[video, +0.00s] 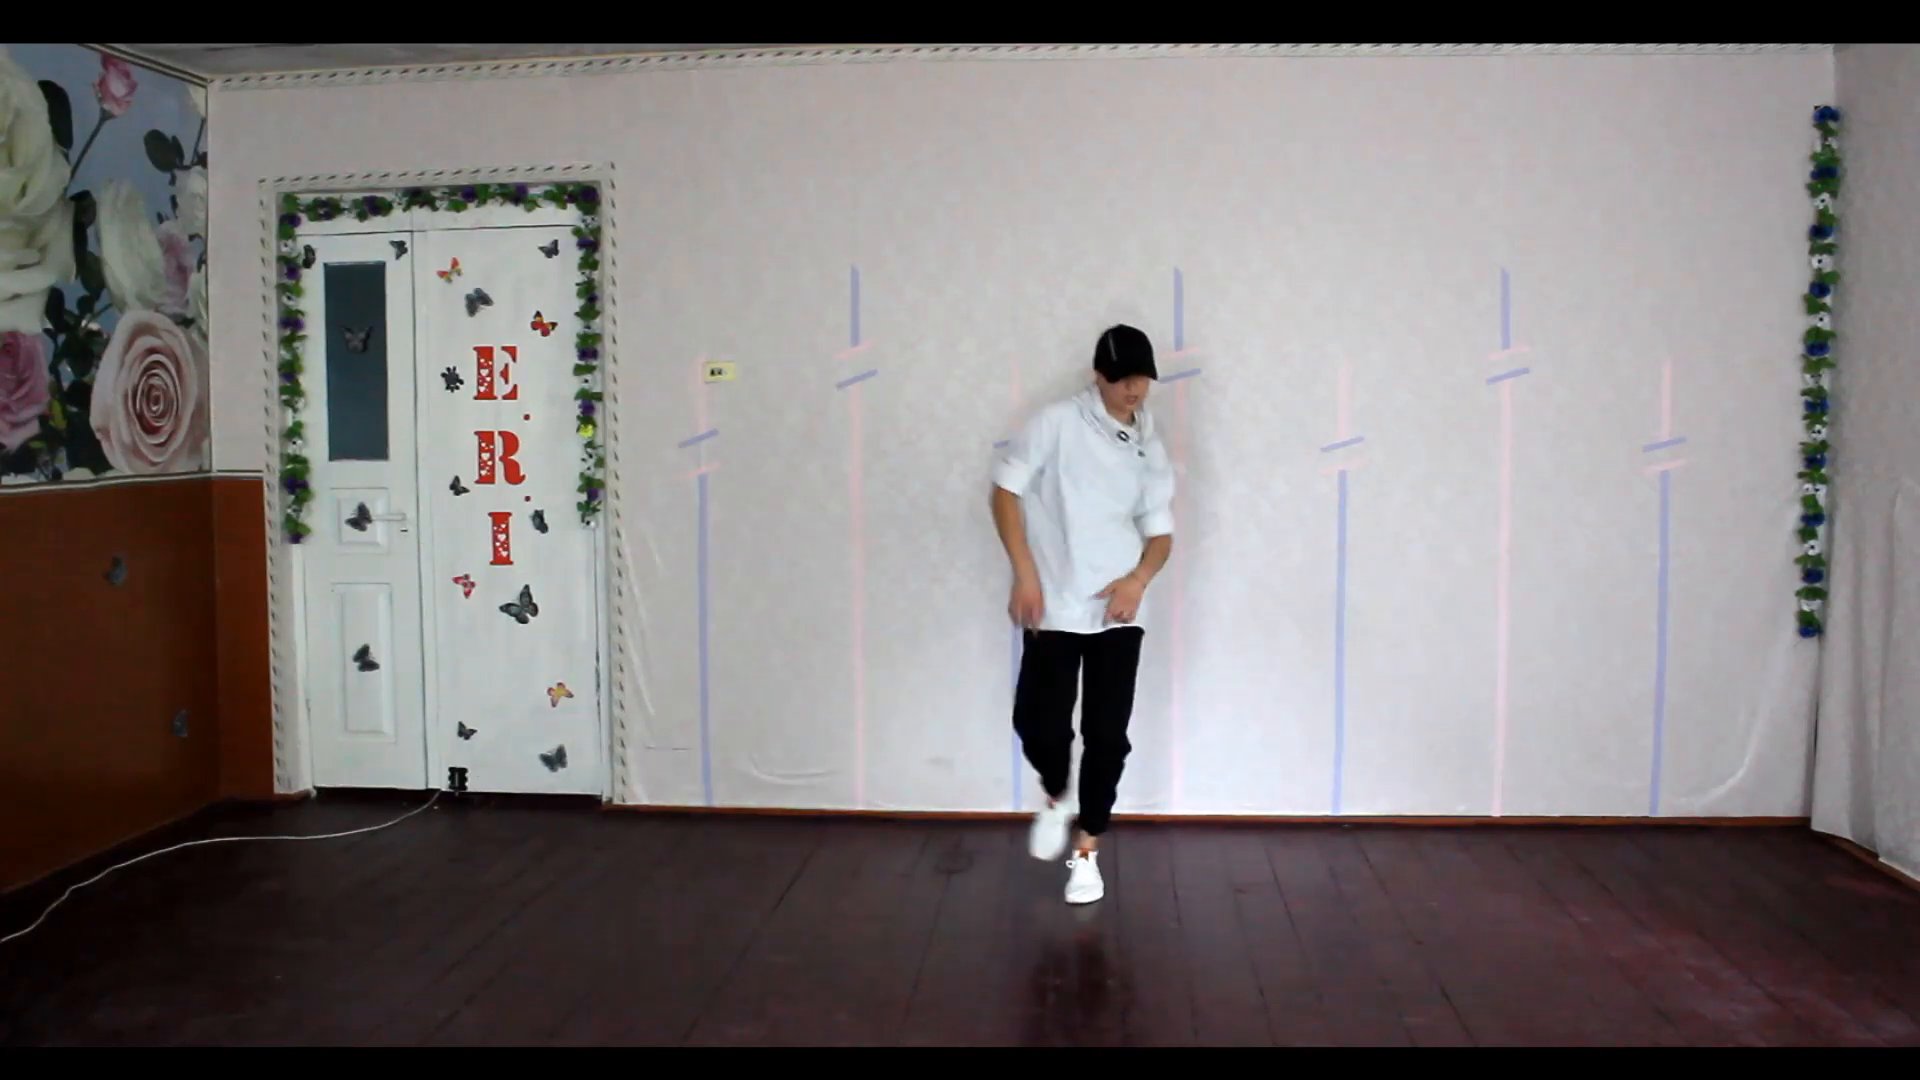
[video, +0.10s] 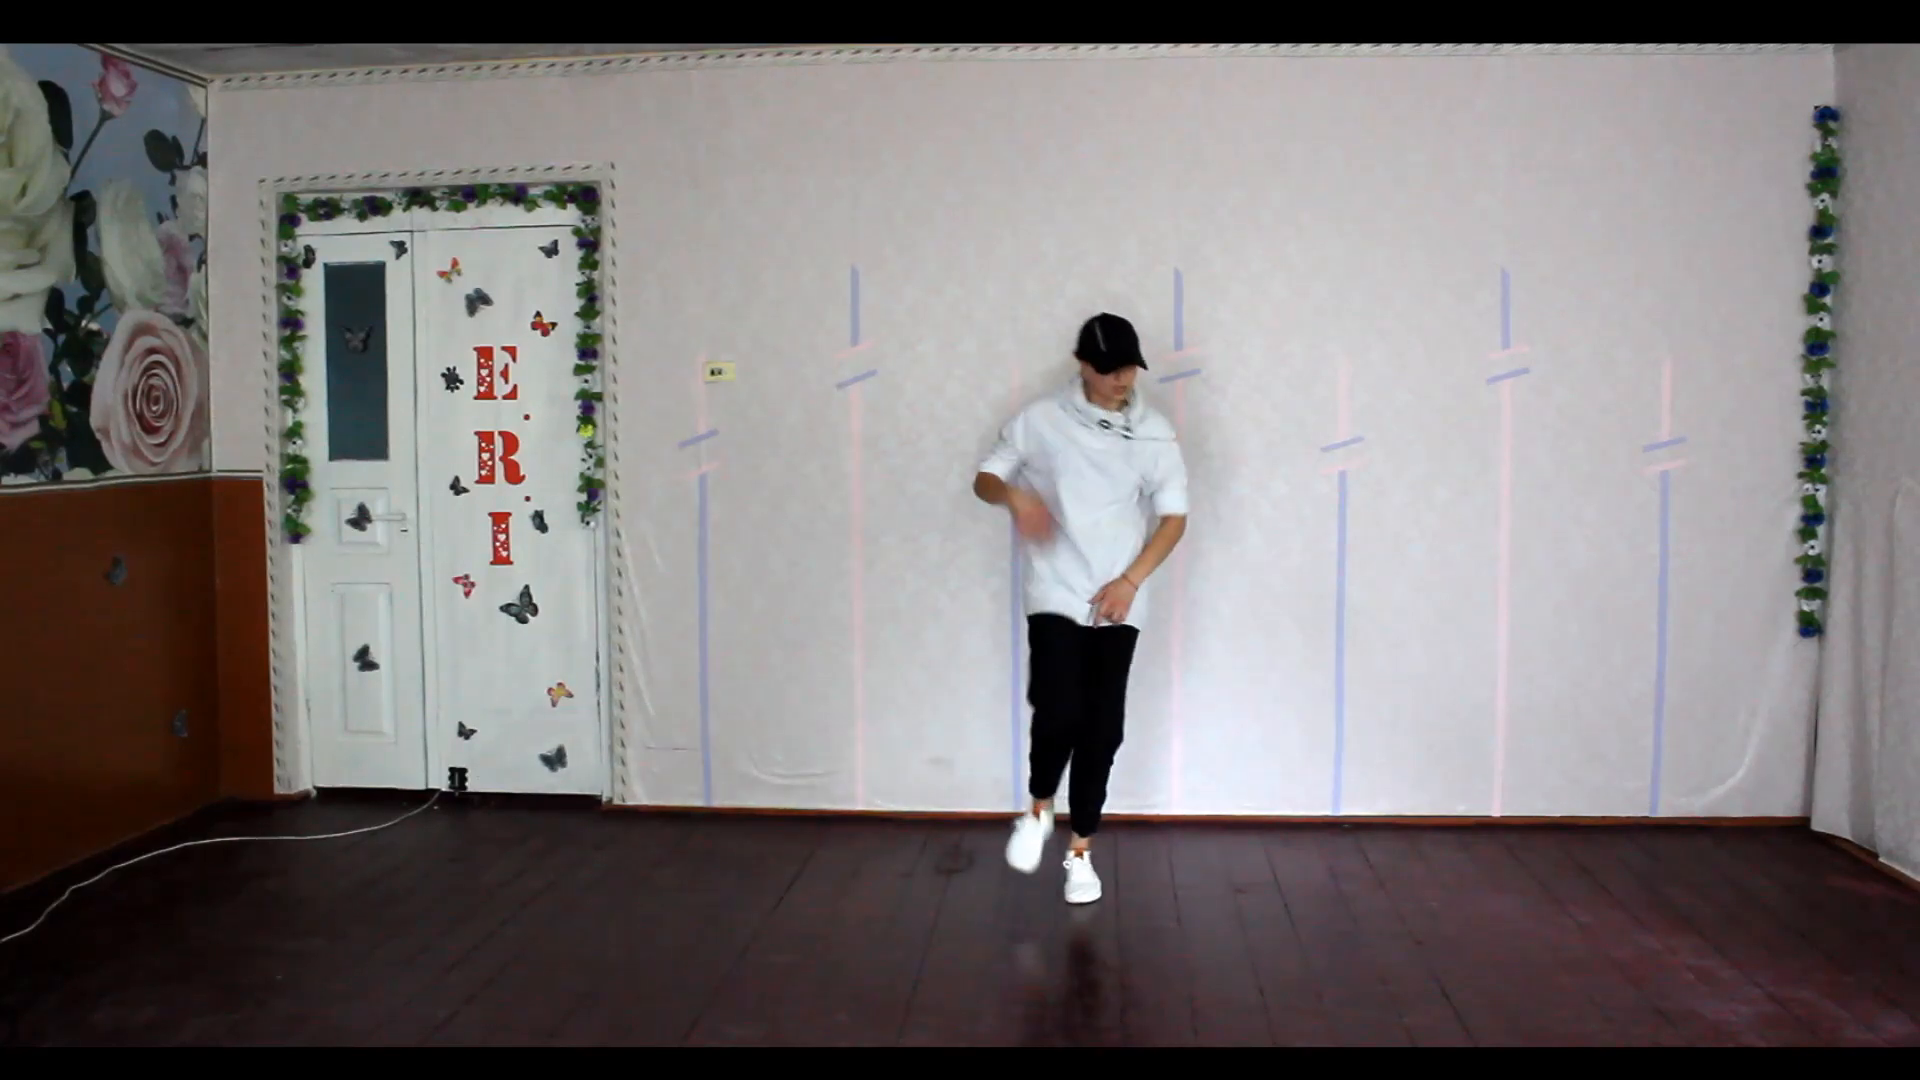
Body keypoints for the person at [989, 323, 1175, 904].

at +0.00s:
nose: (1134, 394)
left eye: (1142, 383)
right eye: (1124, 384)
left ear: (1151, 381)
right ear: (1099, 377)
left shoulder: (1148, 448)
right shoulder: (1056, 423)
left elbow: (1160, 535)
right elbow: (1005, 490)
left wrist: (1138, 580)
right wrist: (1024, 576)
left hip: (1116, 617)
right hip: (1054, 611)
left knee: (1106, 734)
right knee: (1036, 720)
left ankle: (1088, 849)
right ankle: (1059, 798)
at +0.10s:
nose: (1122, 384)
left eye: (1129, 372)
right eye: (1111, 373)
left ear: (1137, 368)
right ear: (1083, 366)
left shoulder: (1154, 433)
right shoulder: (1042, 420)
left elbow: (1173, 518)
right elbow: (986, 479)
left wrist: (1130, 581)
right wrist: (1015, 496)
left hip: (1117, 606)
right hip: (1055, 598)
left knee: (1101, 731)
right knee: (1056, 717)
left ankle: (1081, 850)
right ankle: (1040, 811)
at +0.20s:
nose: (1115, 379)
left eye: (1122, 367)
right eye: (1103, 369)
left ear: (1130, 363)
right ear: (1075, 364)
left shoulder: (1150, 424)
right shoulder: (1040, 422)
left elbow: (1175, 510)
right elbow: (990, 498)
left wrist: (1130, 581)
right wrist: (1002, 487)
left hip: (1118, 598)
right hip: (1055, 590)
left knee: (1101, 726)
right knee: (1062, 713)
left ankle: (1082, 850)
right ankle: (1054, 837)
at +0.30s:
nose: (1108, 381)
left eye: (1114, 370)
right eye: (1096, 371)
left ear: (1121, 367)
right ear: (1066, 369)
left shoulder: (1146, 422)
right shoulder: (1035, 435)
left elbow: (1172, 508)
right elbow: (998, 499)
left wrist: (1136, 581)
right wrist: (969, 536)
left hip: (1117, 616)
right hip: (1052, 615)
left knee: (1100, 741)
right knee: (1060, 743)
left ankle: (1081, 867)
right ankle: (1089, 874)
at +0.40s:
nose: (1103, 382)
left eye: (1108, 371)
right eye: (1091, 372)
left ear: (1114, 369)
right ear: (1059, 372)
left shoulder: (1139, 419)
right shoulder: (1034, 442)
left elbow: (1171, 508)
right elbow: (1013, 511)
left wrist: (1139, 583)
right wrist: (976, 530)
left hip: (1119, 623)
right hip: (1054, 626)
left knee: (1105, 742)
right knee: (1062, 750)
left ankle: (1084, 854)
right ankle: (1096, 878)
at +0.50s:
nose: (1094, 377)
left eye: (1100, 366)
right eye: (1082, 368)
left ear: (1108, 361)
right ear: (1051, 364)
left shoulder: (1134, 407)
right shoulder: (1035, 445)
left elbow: (1172, 494)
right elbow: (1018, 533)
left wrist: (1147, 577)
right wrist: (974, 554)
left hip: (1122, 617)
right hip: (1053, 623)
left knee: (1124, 739)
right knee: (1070, 750)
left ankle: (1091, 848)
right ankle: (1095, 879)